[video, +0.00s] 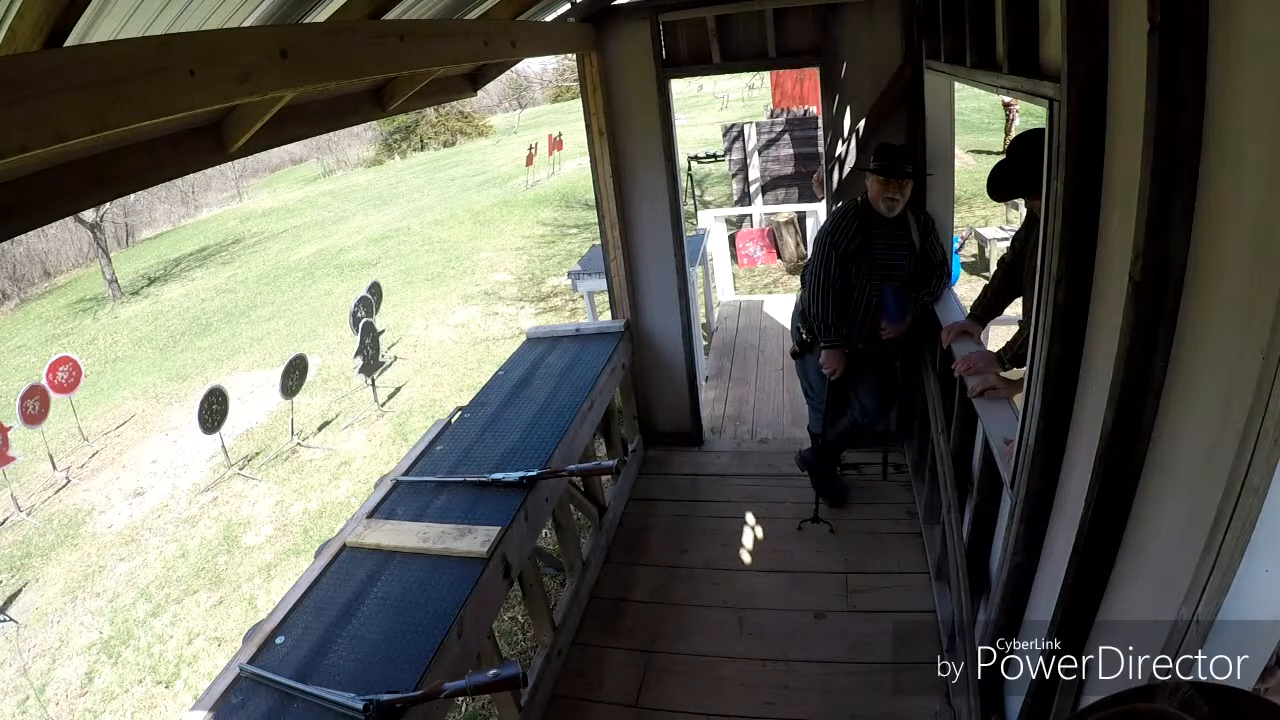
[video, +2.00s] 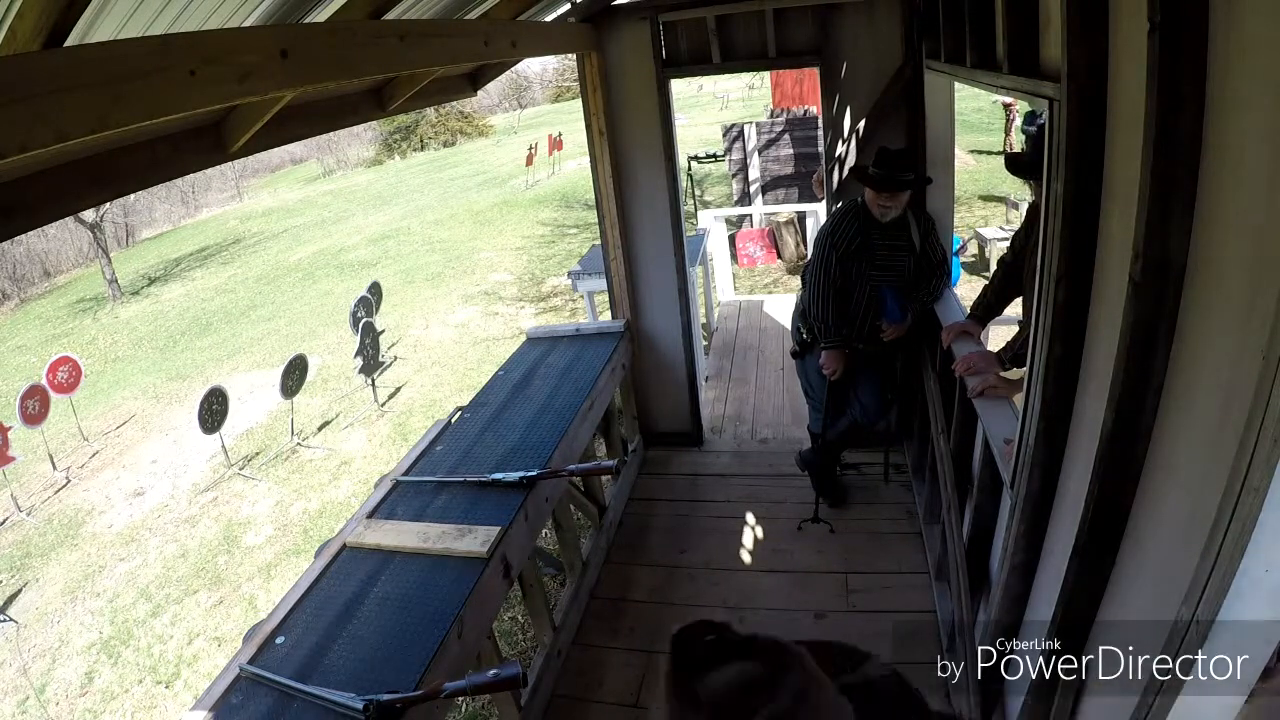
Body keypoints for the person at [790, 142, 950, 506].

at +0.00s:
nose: (894, 190)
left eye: (903, 181)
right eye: (885, 180)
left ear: (912, 185)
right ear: (869, 180)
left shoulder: (920, 224)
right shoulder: (845, 222)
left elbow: (938, 274)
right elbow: (820, 282)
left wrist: (909, 315)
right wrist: (831, 343)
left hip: (876, 335)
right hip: (825, 334)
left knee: (872, 409)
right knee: (827, 411)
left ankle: (817, 455)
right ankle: (827, 479)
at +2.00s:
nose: (886, 199)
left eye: (897, 191)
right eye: (878, 190)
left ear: (911, 192)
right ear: (865, 186)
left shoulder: (920, 225)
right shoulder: (844, 223)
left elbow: (937, 273)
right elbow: (820, 282)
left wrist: (909, 317)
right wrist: (831, 343)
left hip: (875, 335)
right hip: (824, 334)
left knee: (871, 409)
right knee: (826, 410)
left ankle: (817, 455)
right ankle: (827, 478)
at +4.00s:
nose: (852, 182)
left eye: (863, 174)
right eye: (847, 172)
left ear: (885, 174)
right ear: (840, 171)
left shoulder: (906, 216)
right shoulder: (824, 215)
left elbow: (934, 270)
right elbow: (801, 270)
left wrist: (912, 318)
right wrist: (801, 324)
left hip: (882, 334)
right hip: (832, 331)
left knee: (873, 404)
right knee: (830, 405)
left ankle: (865, 460)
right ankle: (826, 472)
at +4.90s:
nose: (871, 200)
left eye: (877, 192)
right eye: (863, 193)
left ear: (887, 184)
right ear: (847, 185)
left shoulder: (906, 211)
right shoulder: (826, 212)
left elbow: (950, 242)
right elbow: (799, 263)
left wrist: (937, 297)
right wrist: (789, 317)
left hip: (887, 332)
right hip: (836, 331)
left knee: (874, 404)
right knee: (831, 405)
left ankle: (865, 461)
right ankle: (823, 474)